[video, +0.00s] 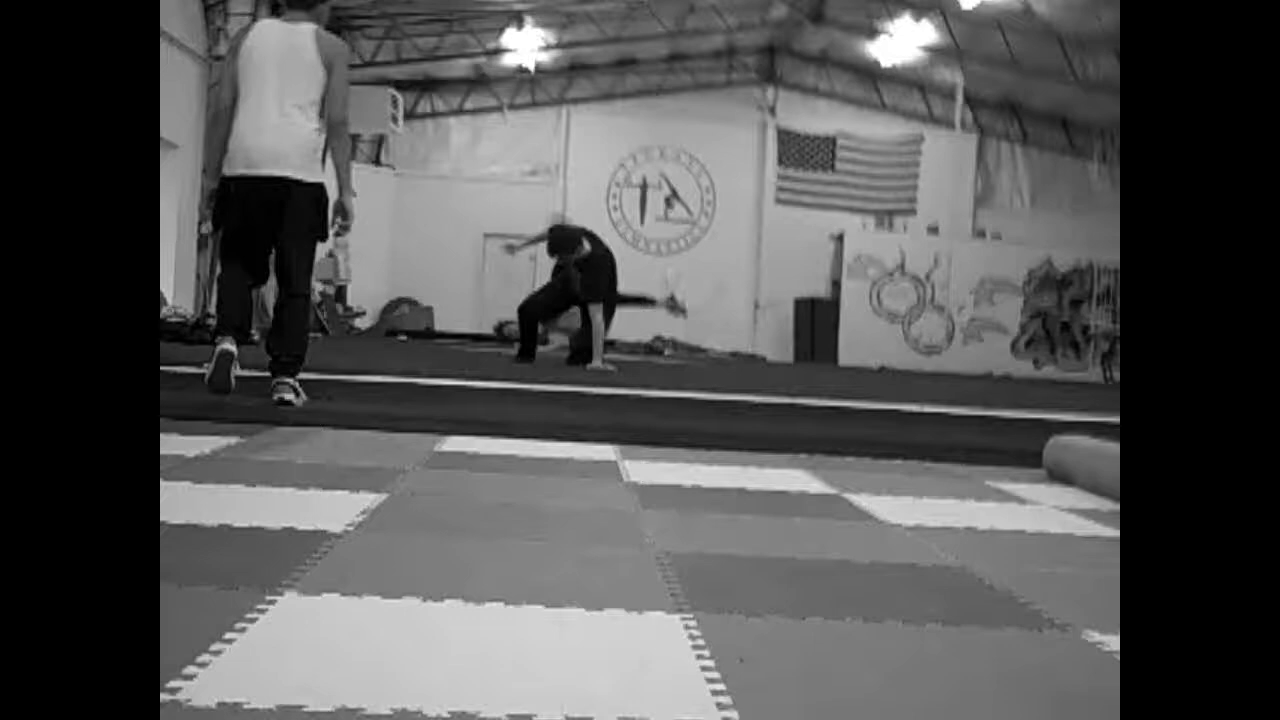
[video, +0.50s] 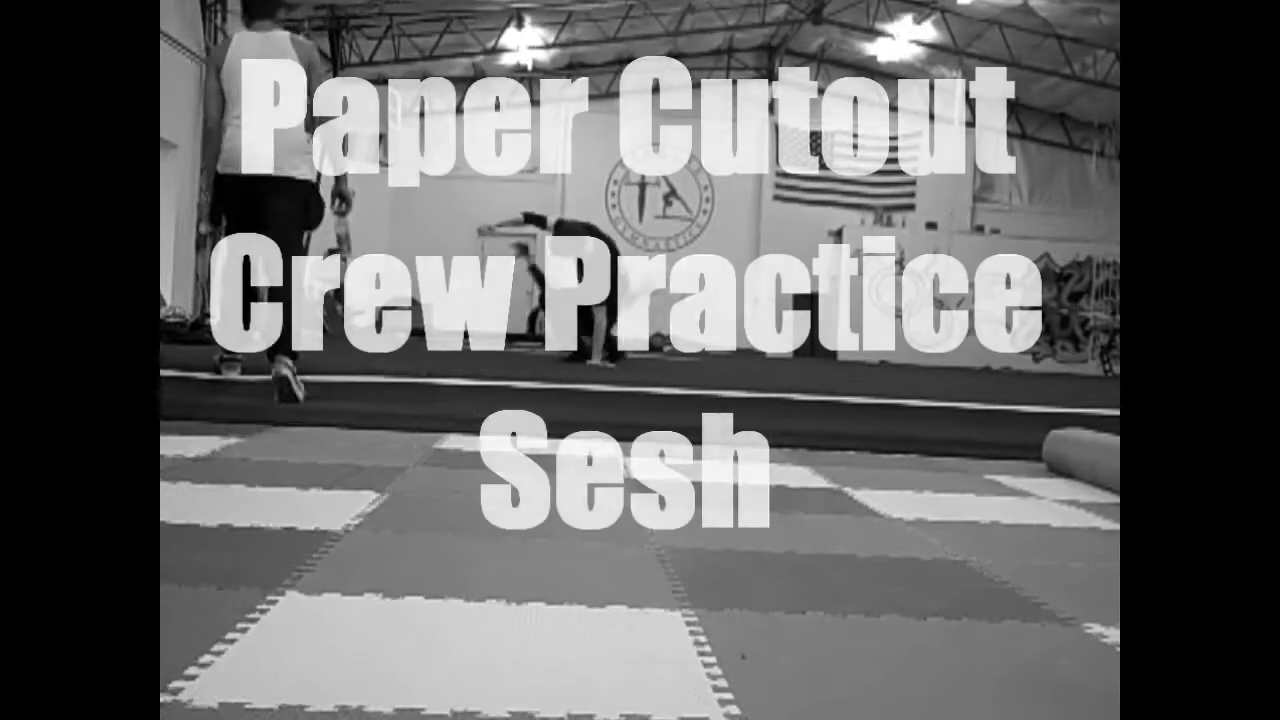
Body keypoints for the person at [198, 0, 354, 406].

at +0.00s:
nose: (328, 12)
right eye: (327, 8)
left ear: (280, 3)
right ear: (323, 7)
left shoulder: (246, 37)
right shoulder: (333, 47)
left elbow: (221, 110)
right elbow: (337, 123)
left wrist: (212, 177)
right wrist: (346, 191)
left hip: (245, 177)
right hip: (301, 181)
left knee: (239, 266)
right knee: (296, 283)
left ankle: (228, 339)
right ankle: (285, 379)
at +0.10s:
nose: (326, 8)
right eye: (323, 6)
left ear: (276, 0)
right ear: (318, 5)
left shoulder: (245, 32)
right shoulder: (331, 41)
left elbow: (220, 103)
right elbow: (338, 119)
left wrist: (211, 170)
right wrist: (347, 185)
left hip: (244, 170)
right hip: (300, 173)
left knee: (234, 252)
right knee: (296, 273)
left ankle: (228, 340)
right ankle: (285, 371)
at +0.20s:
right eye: (315, 8)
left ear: (269, 1)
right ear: (312, 5)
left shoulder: (241, 34)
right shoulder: (327, 42)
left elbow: (216, 108)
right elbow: (339, 120)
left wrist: (210, 172)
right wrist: (349, 183)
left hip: (241, 177)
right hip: (297, 180)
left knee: (233, 266)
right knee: (293, 280)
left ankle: (227, 346)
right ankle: (284, 374)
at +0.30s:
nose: (297, 12)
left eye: (279, 8)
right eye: (303, 9)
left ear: (266, 5)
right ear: (307, 8)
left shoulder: (236, 42)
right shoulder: (322, 49)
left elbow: (215, 115)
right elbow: (341, 126)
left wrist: (212, 177)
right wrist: (350, 185)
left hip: (240, 179)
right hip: (295, 182)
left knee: (236, 268)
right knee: (290, 280)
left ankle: (227, 345)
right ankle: (284, 376)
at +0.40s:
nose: (291, 16)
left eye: (269, 13)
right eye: (294, 11)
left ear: (256, 10)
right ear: (295, 11)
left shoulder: (229, 46)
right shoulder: (314, 48)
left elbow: (214, 121)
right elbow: (336, 121)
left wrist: (215, 182)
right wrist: (348, 183)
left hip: (239, 180)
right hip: (292, 181)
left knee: (237, 267)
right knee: (288, 276)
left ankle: (230, 347)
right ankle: (283, 368)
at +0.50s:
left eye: (243, 11)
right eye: (280, 9)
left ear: (243, 11)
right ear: (282, 10)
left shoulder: (223, 51)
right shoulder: (305, 49)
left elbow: (213, 124)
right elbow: (329, 118)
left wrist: (207, 187)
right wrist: (342, 179)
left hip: (236, 179)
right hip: (291, 179)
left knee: (234, 267)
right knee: (288, 271)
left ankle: (230, 356)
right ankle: (284, 358)